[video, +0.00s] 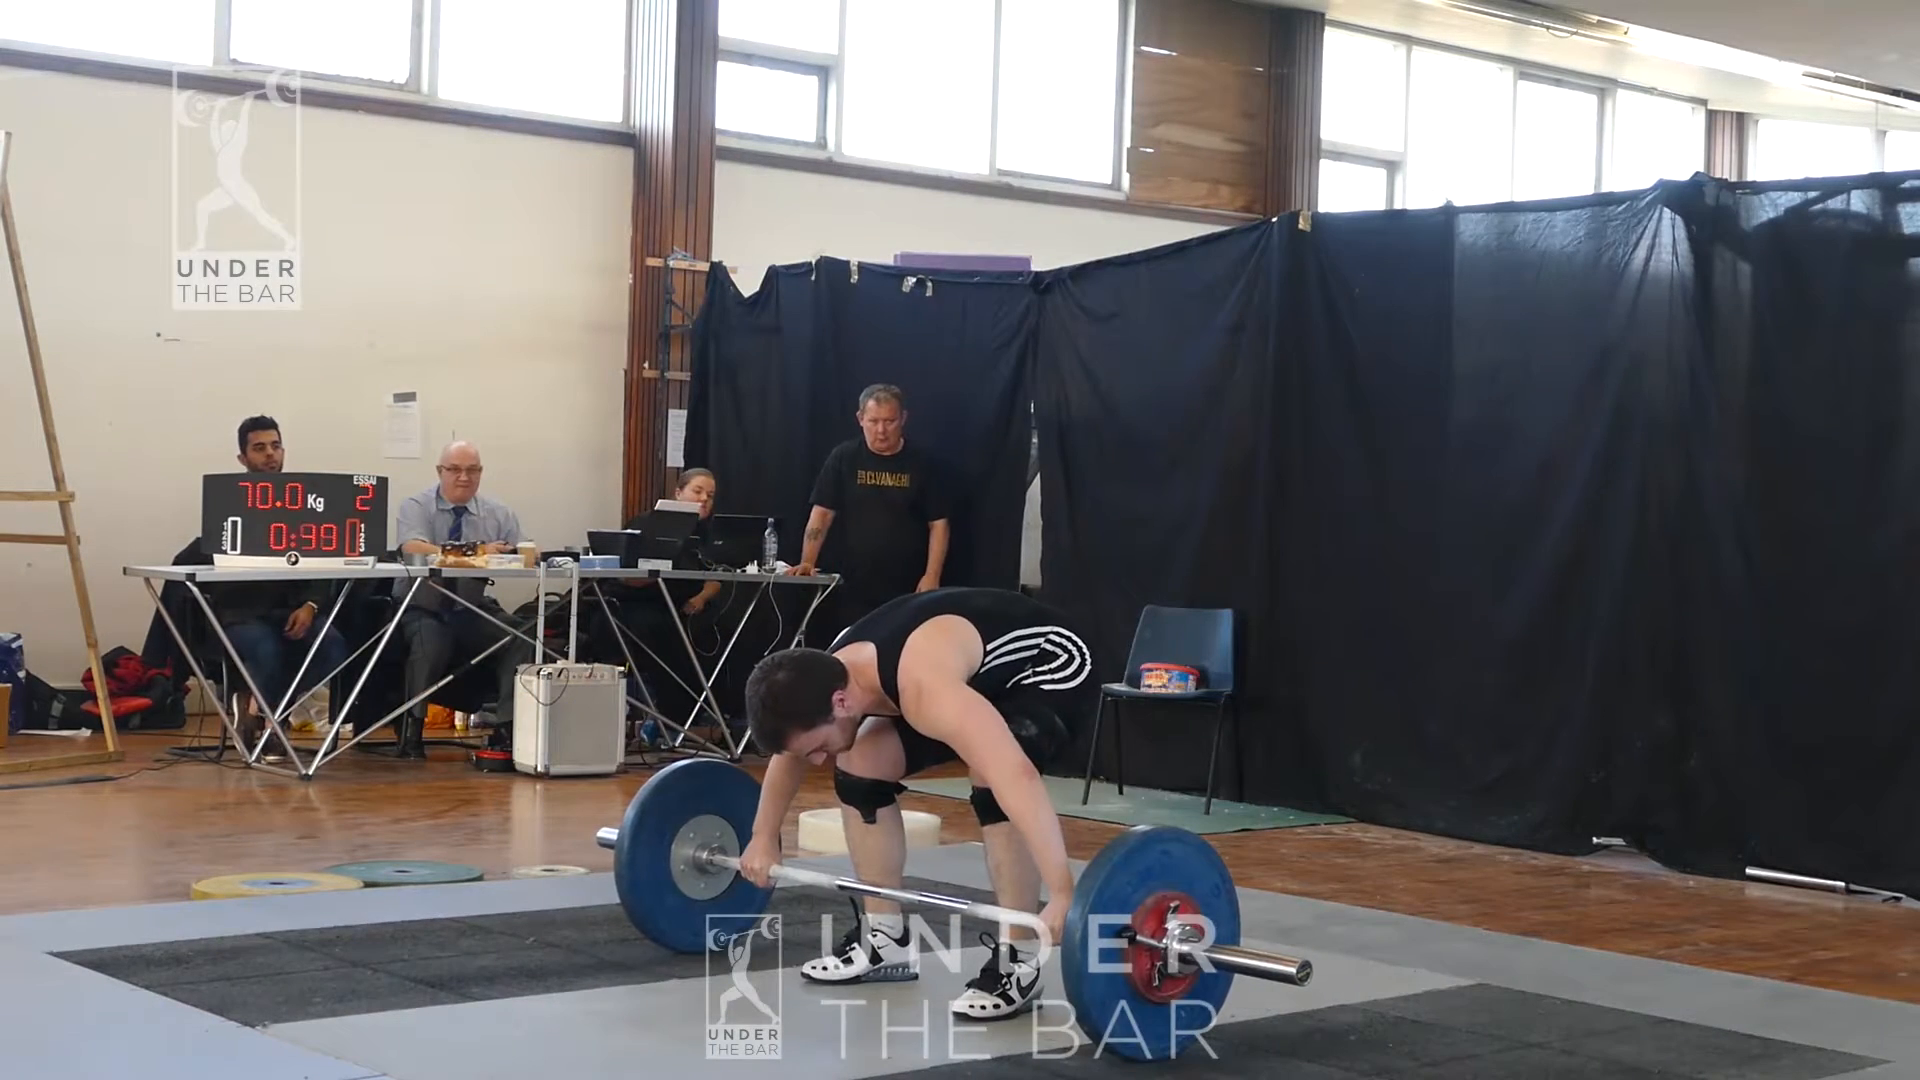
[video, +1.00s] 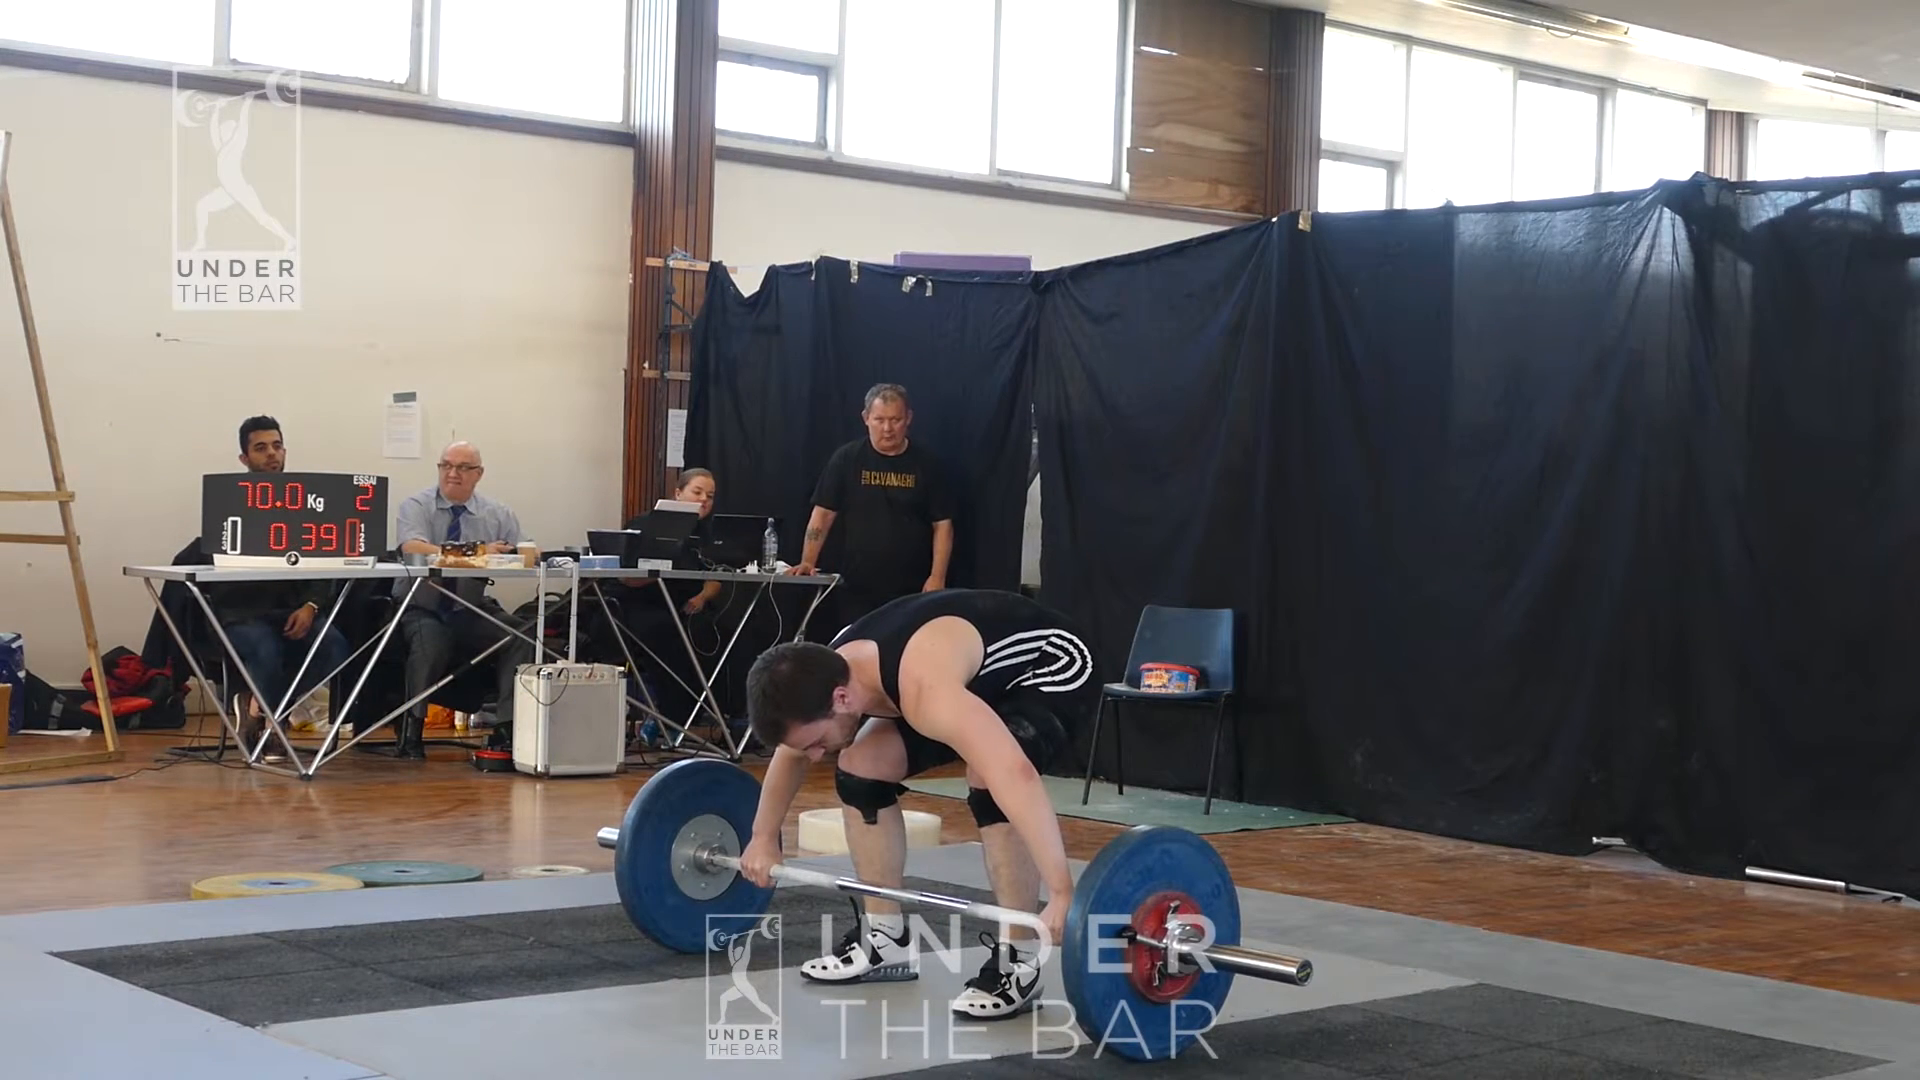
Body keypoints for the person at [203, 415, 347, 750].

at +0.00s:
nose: (270, 454)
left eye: (276, 446)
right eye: (260, 448)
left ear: (283, 450)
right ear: (243, 457)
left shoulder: (301, 497)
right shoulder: (232, 499)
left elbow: (324, 558)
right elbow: (202, 558)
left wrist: (311, 605)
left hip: (291, 608)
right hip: (243, 610)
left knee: (332, 646)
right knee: (266, 647)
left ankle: (252, 706)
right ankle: (274, 727)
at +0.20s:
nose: (271, 454)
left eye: (277, 446)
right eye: (260, 448)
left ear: (284, 450)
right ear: (244, 457)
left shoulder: (301, 497)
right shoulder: (232, 499)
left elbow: (326, 558)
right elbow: (201, 558)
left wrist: (311, 605)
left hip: (291, 609)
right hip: (242, 611)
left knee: (333, 647)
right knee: (266, 647)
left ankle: (252, 707)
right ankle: (273, 727)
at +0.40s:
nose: (272, 454)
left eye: (277, 446)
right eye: (261, 448)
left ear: (284, 451)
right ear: (244, 457)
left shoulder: (302, 497)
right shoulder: (233, 499)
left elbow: (326, 558)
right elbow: (206, 557)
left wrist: (312, 605)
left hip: (292, 608)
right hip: (244, 609)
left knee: (333, 647)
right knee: (266, 647)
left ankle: (255, 706)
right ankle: (273, 728)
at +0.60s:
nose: (272, 454)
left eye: (277, 446)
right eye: (261, 448)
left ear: (285, 451)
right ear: (245, 458)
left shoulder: (302, 498)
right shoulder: (233, 499)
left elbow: (329, 559)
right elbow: (214, 556)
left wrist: (312, 605)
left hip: (293, 607)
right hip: (243, 609)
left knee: (333, 646)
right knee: (265, 647)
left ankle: (256, 707)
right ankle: (274, 731)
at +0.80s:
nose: (273, 454)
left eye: (278, 446)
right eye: (262, 448)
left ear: (285, 451)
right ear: (245, 458)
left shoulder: (302, 497)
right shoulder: (233, 499)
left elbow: (327, 557)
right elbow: (217, 557)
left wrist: (312, 605)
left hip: (293, 607)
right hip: (244, 609)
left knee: (334, 647)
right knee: (265, 649)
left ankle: (256, 706)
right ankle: (275, 730)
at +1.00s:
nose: (272, 453)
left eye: (277, 446)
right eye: (261, 447)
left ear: (284, 450)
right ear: (245, 458)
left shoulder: (303, 497)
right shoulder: (233, 499)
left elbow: (328, 558)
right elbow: (220, 557)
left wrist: (312, 605)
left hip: (294, 607)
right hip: (244, 609)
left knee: (334, 647)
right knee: (265, 648)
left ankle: (256, 707)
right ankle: (274, 732)